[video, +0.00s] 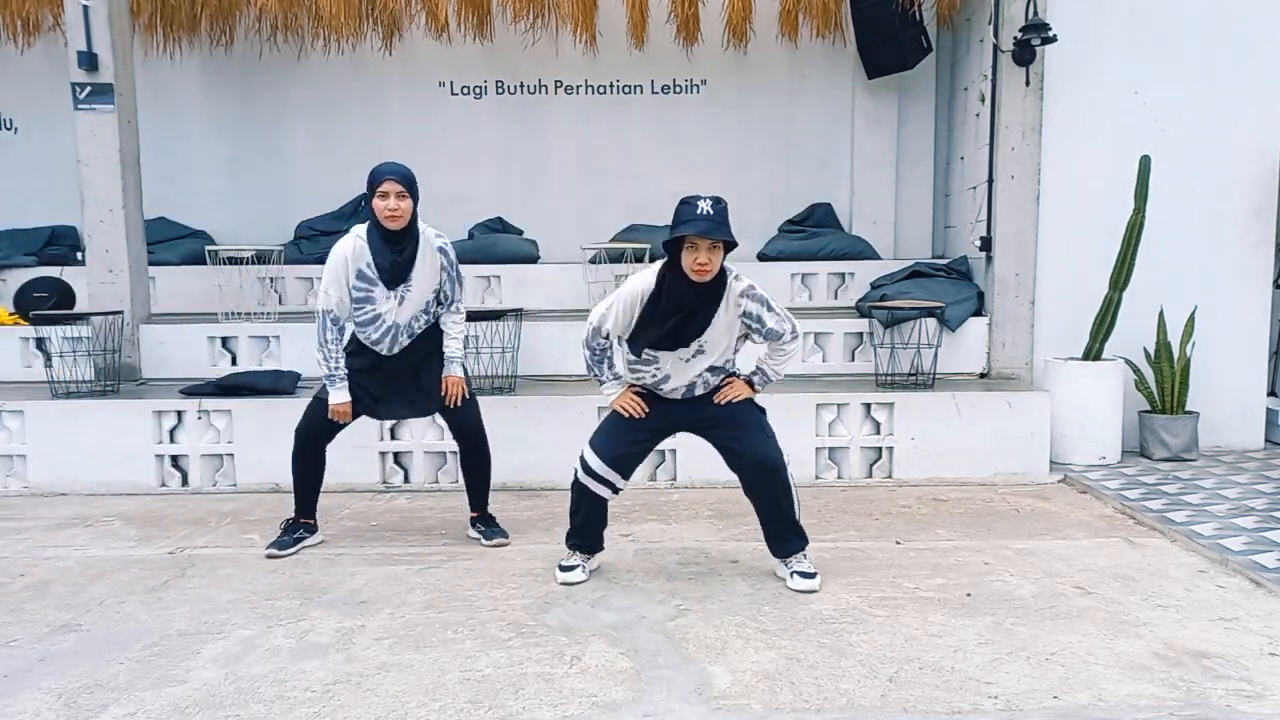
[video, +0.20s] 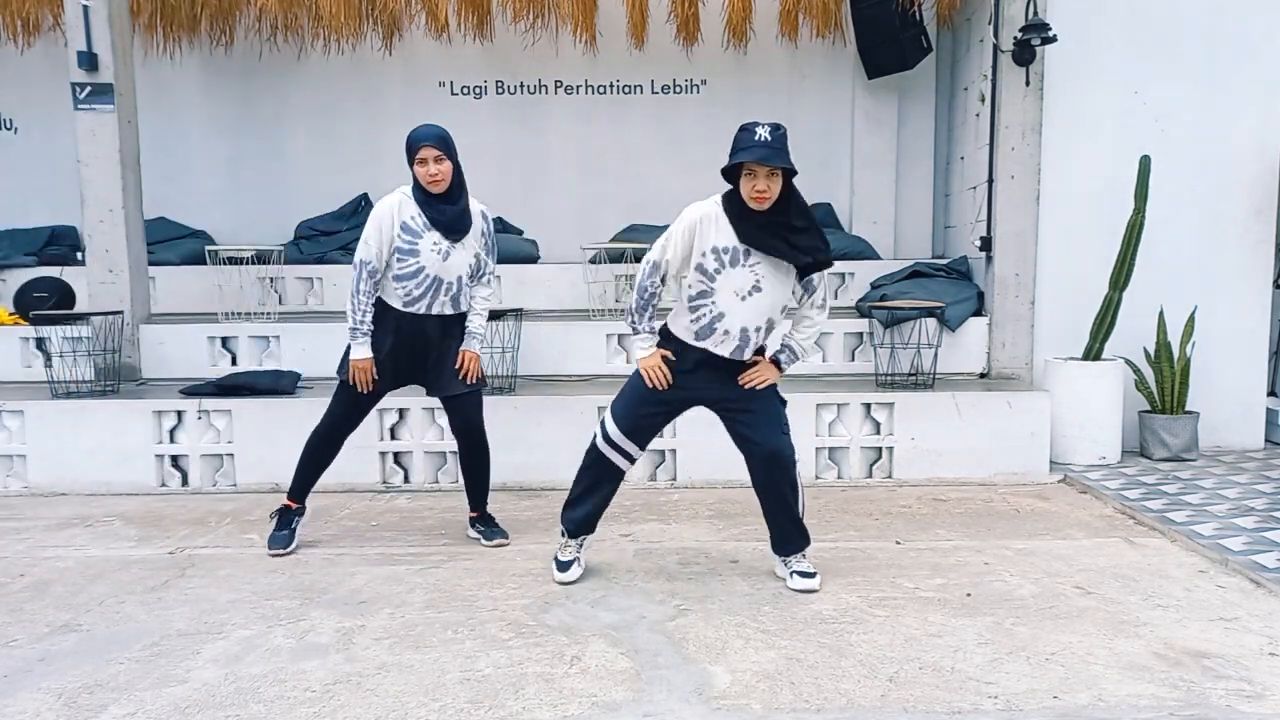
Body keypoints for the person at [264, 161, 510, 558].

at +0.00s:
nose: (393, 205)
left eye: (402, 196)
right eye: (383, 196)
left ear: (415, 201)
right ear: (370, 203)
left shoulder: (437, 247)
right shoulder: (347, 251)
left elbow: (453, 310)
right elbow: (329, 322)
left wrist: (454, 366)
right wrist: (337, 386)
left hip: (424, 364)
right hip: (365, 364)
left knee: (470, 424)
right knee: (309, 431)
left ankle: (481, 516)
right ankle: (303, 521)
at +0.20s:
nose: (433, 170)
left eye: (440, 160)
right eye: (422, 162)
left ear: (454, 161)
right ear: (411, 167)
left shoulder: (478, 217)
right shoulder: (390, 209)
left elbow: (484, 284)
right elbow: (363, 279)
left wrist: (473, 341)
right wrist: (360, 346)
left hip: (450, 339)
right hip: (391, 335)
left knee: (471, 428)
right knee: (337, 422)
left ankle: (480, 515)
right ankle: (291, 510)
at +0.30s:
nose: (442, 169)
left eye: (449, 159)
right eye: (432, 162)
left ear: (463, 161)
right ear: (421, 167)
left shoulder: (484, 218)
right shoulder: (397, 206)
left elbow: (489, 283)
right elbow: (372, 275)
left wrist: (480, 337)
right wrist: (368, 340)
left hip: (456, 336)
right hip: (398, 332)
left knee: (471, 429)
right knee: (348, 425)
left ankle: (480, 515)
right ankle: (298, 509)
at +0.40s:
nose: (445, 175)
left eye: (452, 164)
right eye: (435, 168)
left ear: (467, 165)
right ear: (424, 172)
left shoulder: (485, 221)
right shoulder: (403, 208)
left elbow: (492, 287)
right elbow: (375, 275)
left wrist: (484, 339)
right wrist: (372, 342)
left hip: (460, 336)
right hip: (405, 332)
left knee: (473, 430)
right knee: (358, 427)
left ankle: (480, 515)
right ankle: (304, 511)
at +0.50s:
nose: (444, 172)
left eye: (451, 161)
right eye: (434, 165)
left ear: (466, 162)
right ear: (423, 170)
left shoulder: (486, 219)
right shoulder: (405, 207)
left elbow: (493, 285)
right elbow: (377, 274)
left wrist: (486, 339)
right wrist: (371, 342)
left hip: (459, 335)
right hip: (404, 331)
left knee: (472, 430)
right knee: (354, 425)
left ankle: (480, 516)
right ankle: (302, 510)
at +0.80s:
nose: (386, 208)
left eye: (394, 199)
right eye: (376, 201)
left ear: (411, 200)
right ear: (369, 208)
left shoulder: (448, 244)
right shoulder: (361, 256)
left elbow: (468, 307)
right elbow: (353, 328)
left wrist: (461, 363)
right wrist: (359, 386)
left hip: (437, 349)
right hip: (378, 346)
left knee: (473, 418)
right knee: (325, 421)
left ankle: (481, 515)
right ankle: (306, 515)